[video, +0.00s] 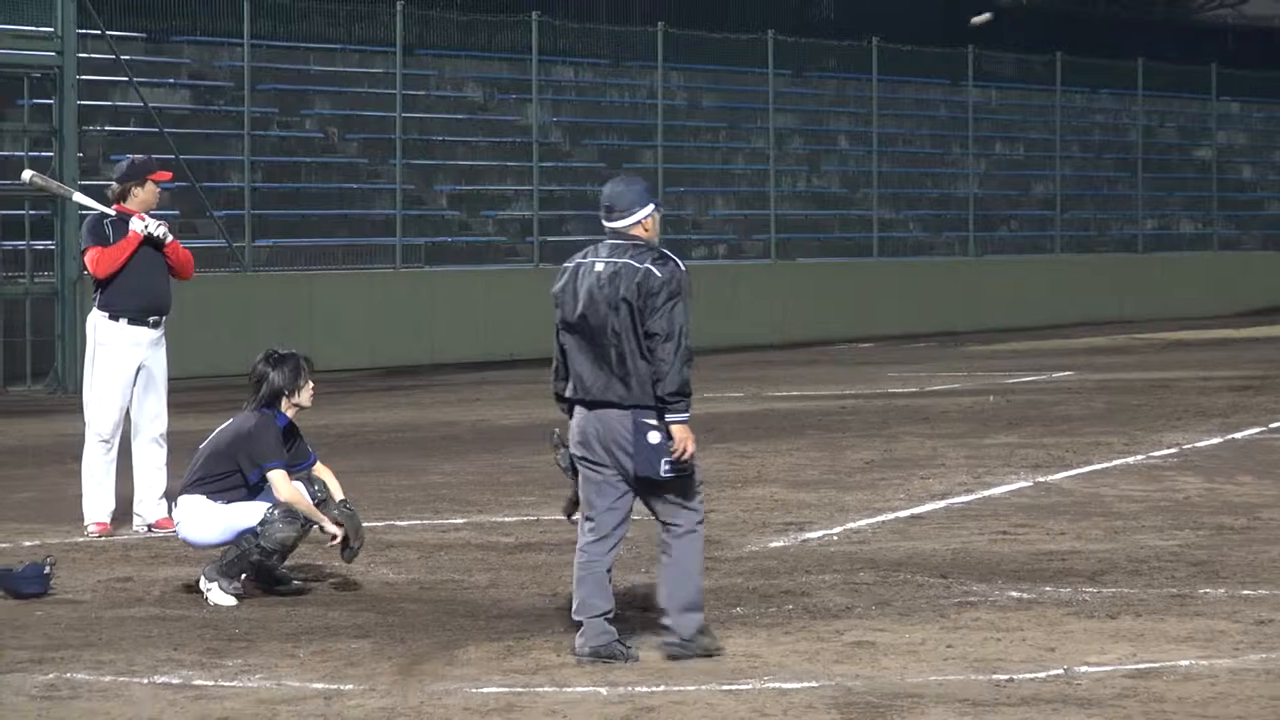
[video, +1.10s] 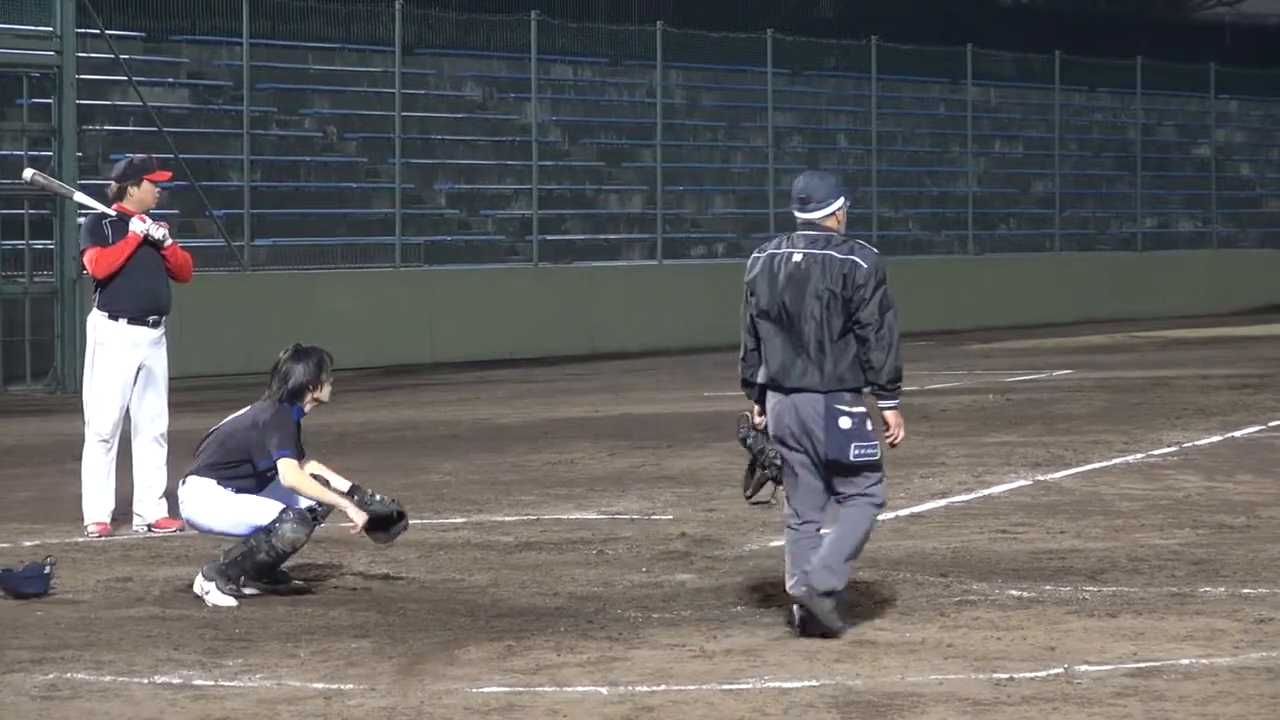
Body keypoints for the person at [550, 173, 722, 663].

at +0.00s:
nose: (658, 222)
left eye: (654, 215)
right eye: (654, 216)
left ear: (610, 220)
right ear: (643, 221)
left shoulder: (573, 269)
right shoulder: (660, 270)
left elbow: (564, 353)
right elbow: (668, 352)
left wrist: (569, 413)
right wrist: (678, 417)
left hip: (589, 417)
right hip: (644, 418)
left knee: (598, 527)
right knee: (681, 518)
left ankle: (593, 634)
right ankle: (685, 630)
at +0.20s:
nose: (707, 230)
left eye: (703, 223)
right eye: (703, 224)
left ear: (658, 227)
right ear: (692, 229)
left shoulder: (621, 273)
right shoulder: (709, 279)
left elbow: (608, 354)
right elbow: (722, 359)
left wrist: (612, 412)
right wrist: (733, 427)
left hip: (633, 419)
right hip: (693, 422)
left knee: (624, 525)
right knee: (721, 527)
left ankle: (598, 628)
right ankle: (744, 627)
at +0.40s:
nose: (750, 224)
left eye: (747, 217)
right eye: (748, 218)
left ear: (702, 220)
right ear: (738, 223)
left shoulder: (664, 265)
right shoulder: (759, 272)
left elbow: (648, 340)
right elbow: (783, 349)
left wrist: (650, 400)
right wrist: (798, 415)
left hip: (679, 411)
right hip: (738, 414)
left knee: (693, 508)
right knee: (751, 518)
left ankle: (652, 577)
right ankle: (746, 624)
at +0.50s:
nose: (769, 218)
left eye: (765, 211)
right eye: (766, 212)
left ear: (720, 214)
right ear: (758, 217)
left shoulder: (681, 260)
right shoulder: (780, 268)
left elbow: (665, 337)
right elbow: (804, 343)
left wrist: (669, 396)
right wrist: (824, 404)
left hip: (695, 406)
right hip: (750, 410)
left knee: (717, 503)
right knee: (757, 517)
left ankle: (694, 589)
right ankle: (746, 625)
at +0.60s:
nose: (783, 219)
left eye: (779, 212)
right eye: (780, 213)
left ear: (734, 215)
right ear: (770, 218)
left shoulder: (696, 260)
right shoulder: (793, 266)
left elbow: (679, 335)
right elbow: (821, 338)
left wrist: (683, 394)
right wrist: (841, 396)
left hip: (709, 403)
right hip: (763, 406)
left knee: (742, 508)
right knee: (760, 515)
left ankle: (742, 606)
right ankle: (746, 623)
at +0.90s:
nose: (822, 220)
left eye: (819, 213)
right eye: (820, 214)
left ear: (775, 216)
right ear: (811, 218)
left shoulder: (739, 264)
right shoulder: (834, 264)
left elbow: (727, 341)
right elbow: (856, 340)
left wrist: (729, 400)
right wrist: (866, 404)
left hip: (756, 404)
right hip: (809, 404)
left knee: (792, 506)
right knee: (804, 506)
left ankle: (812, 606)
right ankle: (759, 606)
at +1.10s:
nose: (845, 216)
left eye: (841, 209)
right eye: (843, 210)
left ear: (798, 212)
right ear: (835, 214)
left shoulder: (763, 260)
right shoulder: (858, 260)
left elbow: (752, 338)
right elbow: (879, 337)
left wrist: (755, 396)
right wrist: (888, 401)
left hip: (783, 401)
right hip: (841, 402)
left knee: (803, 508)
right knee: (862, 492)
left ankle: (804, 605)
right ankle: (820, 583)